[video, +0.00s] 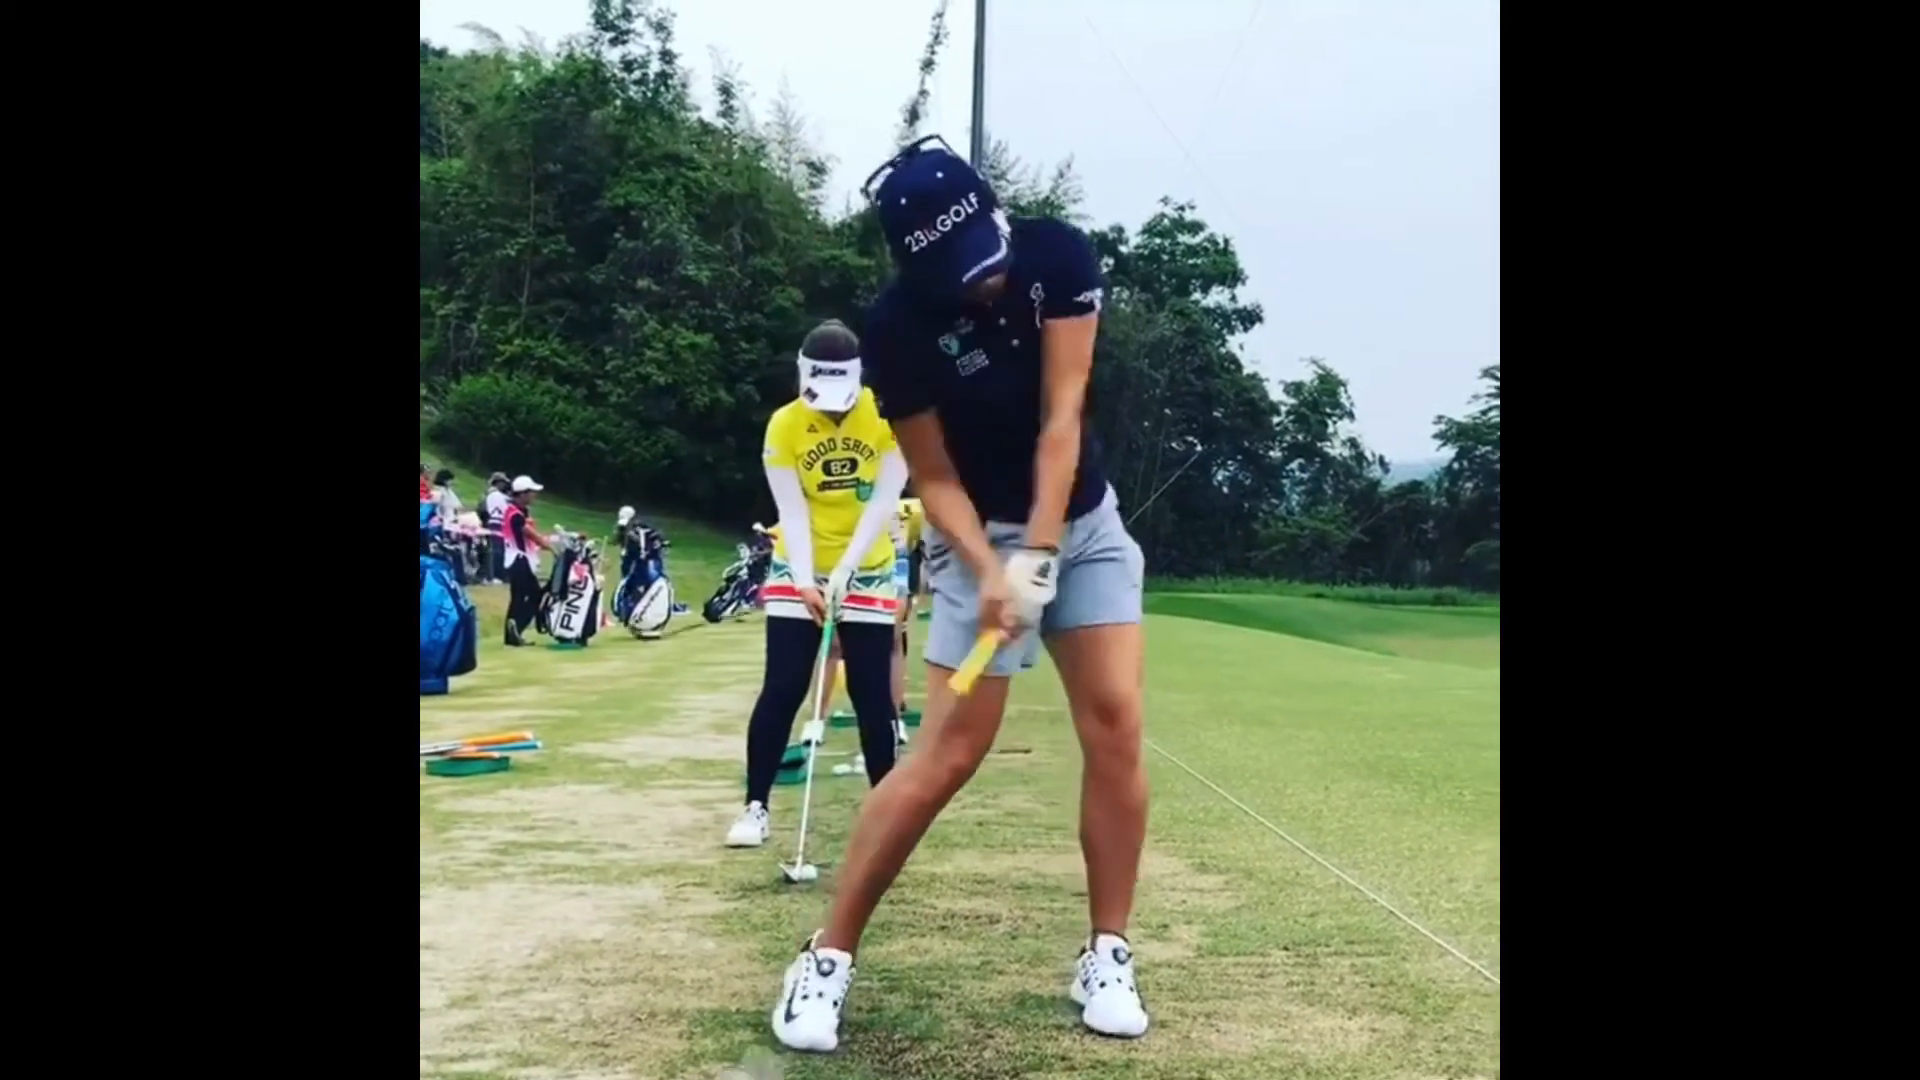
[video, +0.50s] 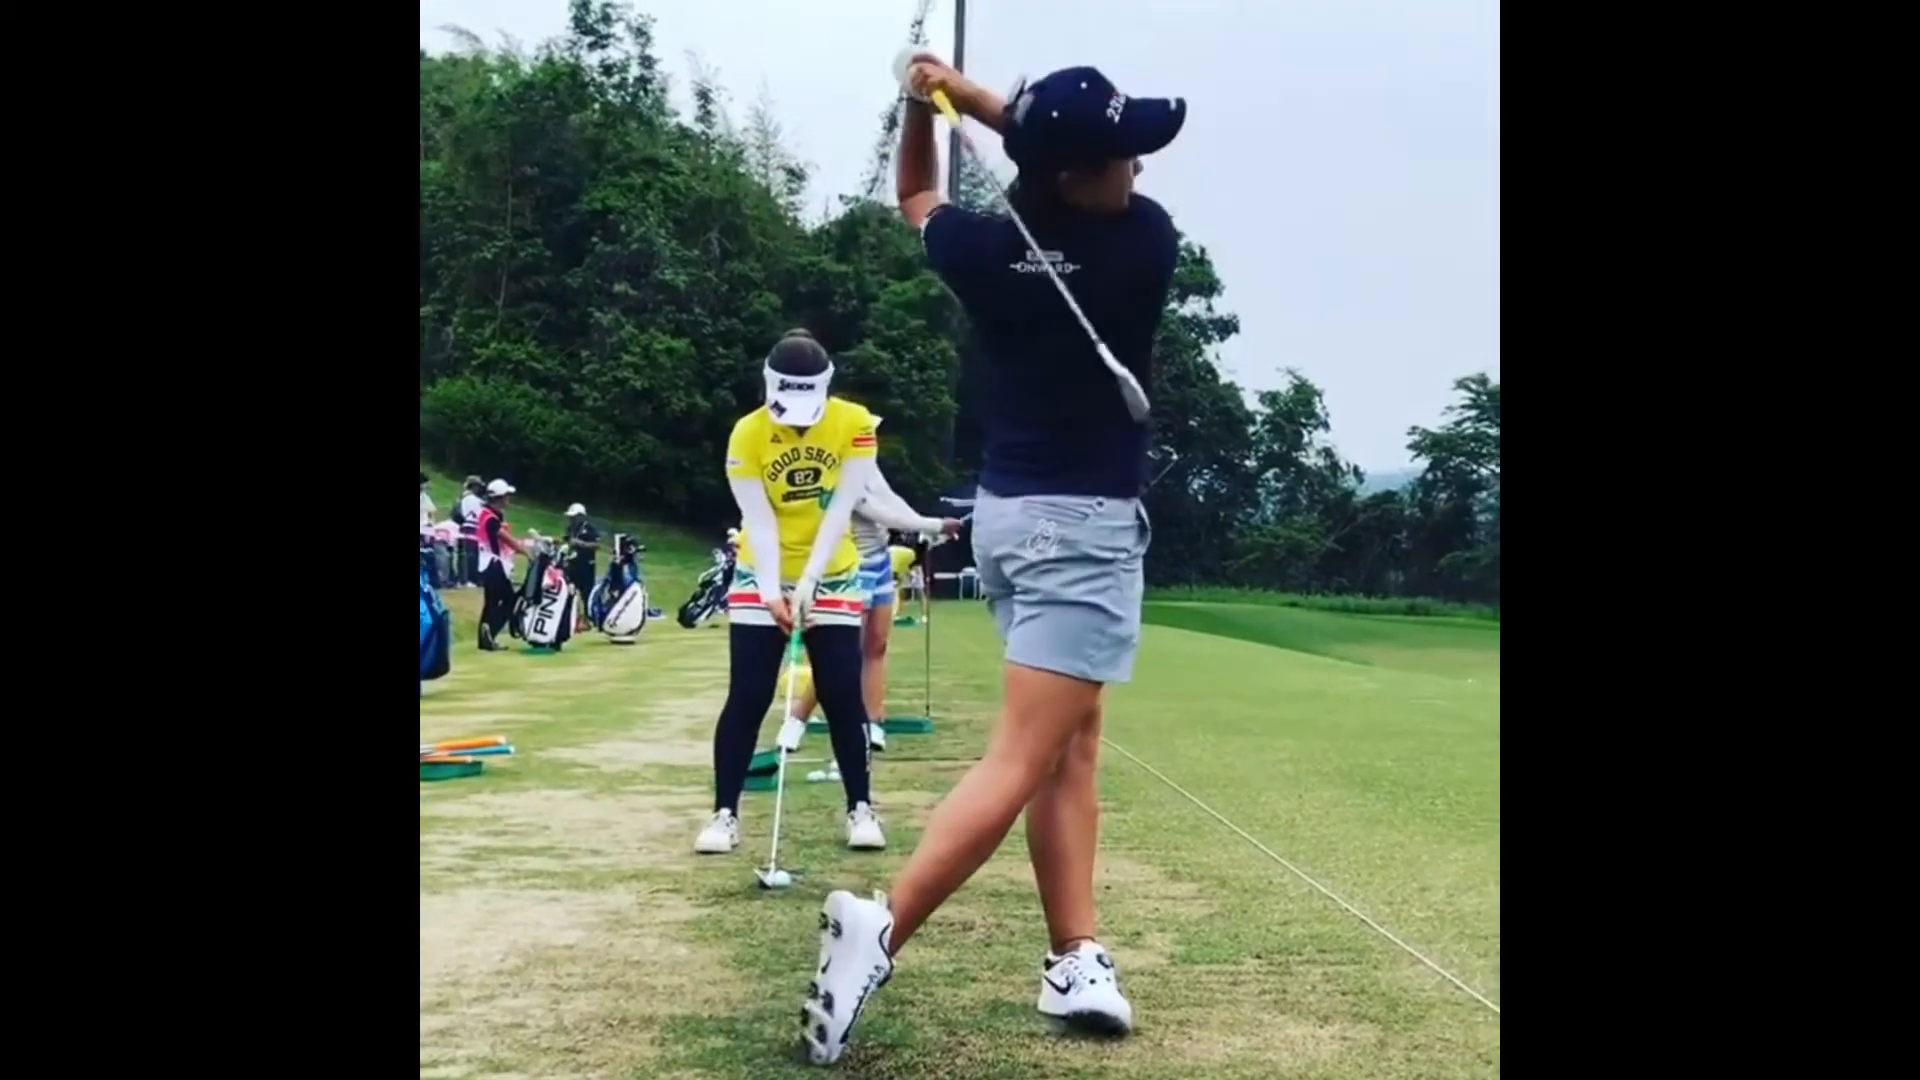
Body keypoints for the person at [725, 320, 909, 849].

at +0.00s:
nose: (830, 404)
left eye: (841, 392)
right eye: (820, 391)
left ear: (859, 375)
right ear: (804, 376)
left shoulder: (888, 415)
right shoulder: (784, 428)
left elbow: (885, 499)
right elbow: (792, 513)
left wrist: (844, 568)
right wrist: (803, 580)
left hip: (870, 570)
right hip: (798, 568)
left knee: (873, 699)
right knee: (782, 689)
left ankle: (890, 813)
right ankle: (755, 807)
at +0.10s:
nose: (830, 407)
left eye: (840, 396)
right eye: (819, 394)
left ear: (860, 377)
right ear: (804, 377)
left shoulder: (893, 418)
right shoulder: (783, 429)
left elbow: (883, 504)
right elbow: (791, 514)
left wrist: (843, 569)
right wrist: (801, 579)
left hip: (868, 573)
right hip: (795, 569)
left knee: (870, 703)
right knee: (777, 688)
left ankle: (882, 815)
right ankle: (749, 806)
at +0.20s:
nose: (822, 407)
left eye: (833, 396)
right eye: (812, 395)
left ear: (852, 380)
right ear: (797, 380)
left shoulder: (885, 419)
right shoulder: (776, 430)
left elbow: (874, 505)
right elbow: (784, 517)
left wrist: (834, 573)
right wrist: (793, 582)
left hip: (861, 573)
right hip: (788, 572)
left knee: (862, 694)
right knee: (770, 690)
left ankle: (873, 806)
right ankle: (741, 808)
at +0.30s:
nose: (811, 410)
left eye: (822, 400)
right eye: (801, 399)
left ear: (841, 384)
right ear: (786, 384)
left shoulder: (872, 421)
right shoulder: (764, 431)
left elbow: (861, 507)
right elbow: (772, 516)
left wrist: (824, 577)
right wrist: (784, 584)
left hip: (850, 576)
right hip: (777, 575)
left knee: (852, 693)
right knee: (762, 692)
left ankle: (868, 807)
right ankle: (734, 809)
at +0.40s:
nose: (800, 411)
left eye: (811, 400)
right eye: (791, 400)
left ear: (830, 385)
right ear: (775, 385)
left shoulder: (859, 421)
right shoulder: (751, 434)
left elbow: (851, 504)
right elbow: (763, 520)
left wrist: (813, 577)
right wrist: (774, 585)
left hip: (839, 576)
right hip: (765, 575)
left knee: (845, 696)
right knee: (752, 695)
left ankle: (863, 809)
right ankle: (728, 813)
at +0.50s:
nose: (795, 414)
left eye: (806, 403)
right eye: (785, 402)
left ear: (825, 387)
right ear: (769, 387)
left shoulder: (855, 424)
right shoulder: (746, 436)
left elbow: (844, 506)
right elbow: (758, 522)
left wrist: (808, 579)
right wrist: (769, 586)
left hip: (834, 575)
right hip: (759, 574)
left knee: (842, 696)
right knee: (747, 696)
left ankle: (860, 808)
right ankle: (724, 814)